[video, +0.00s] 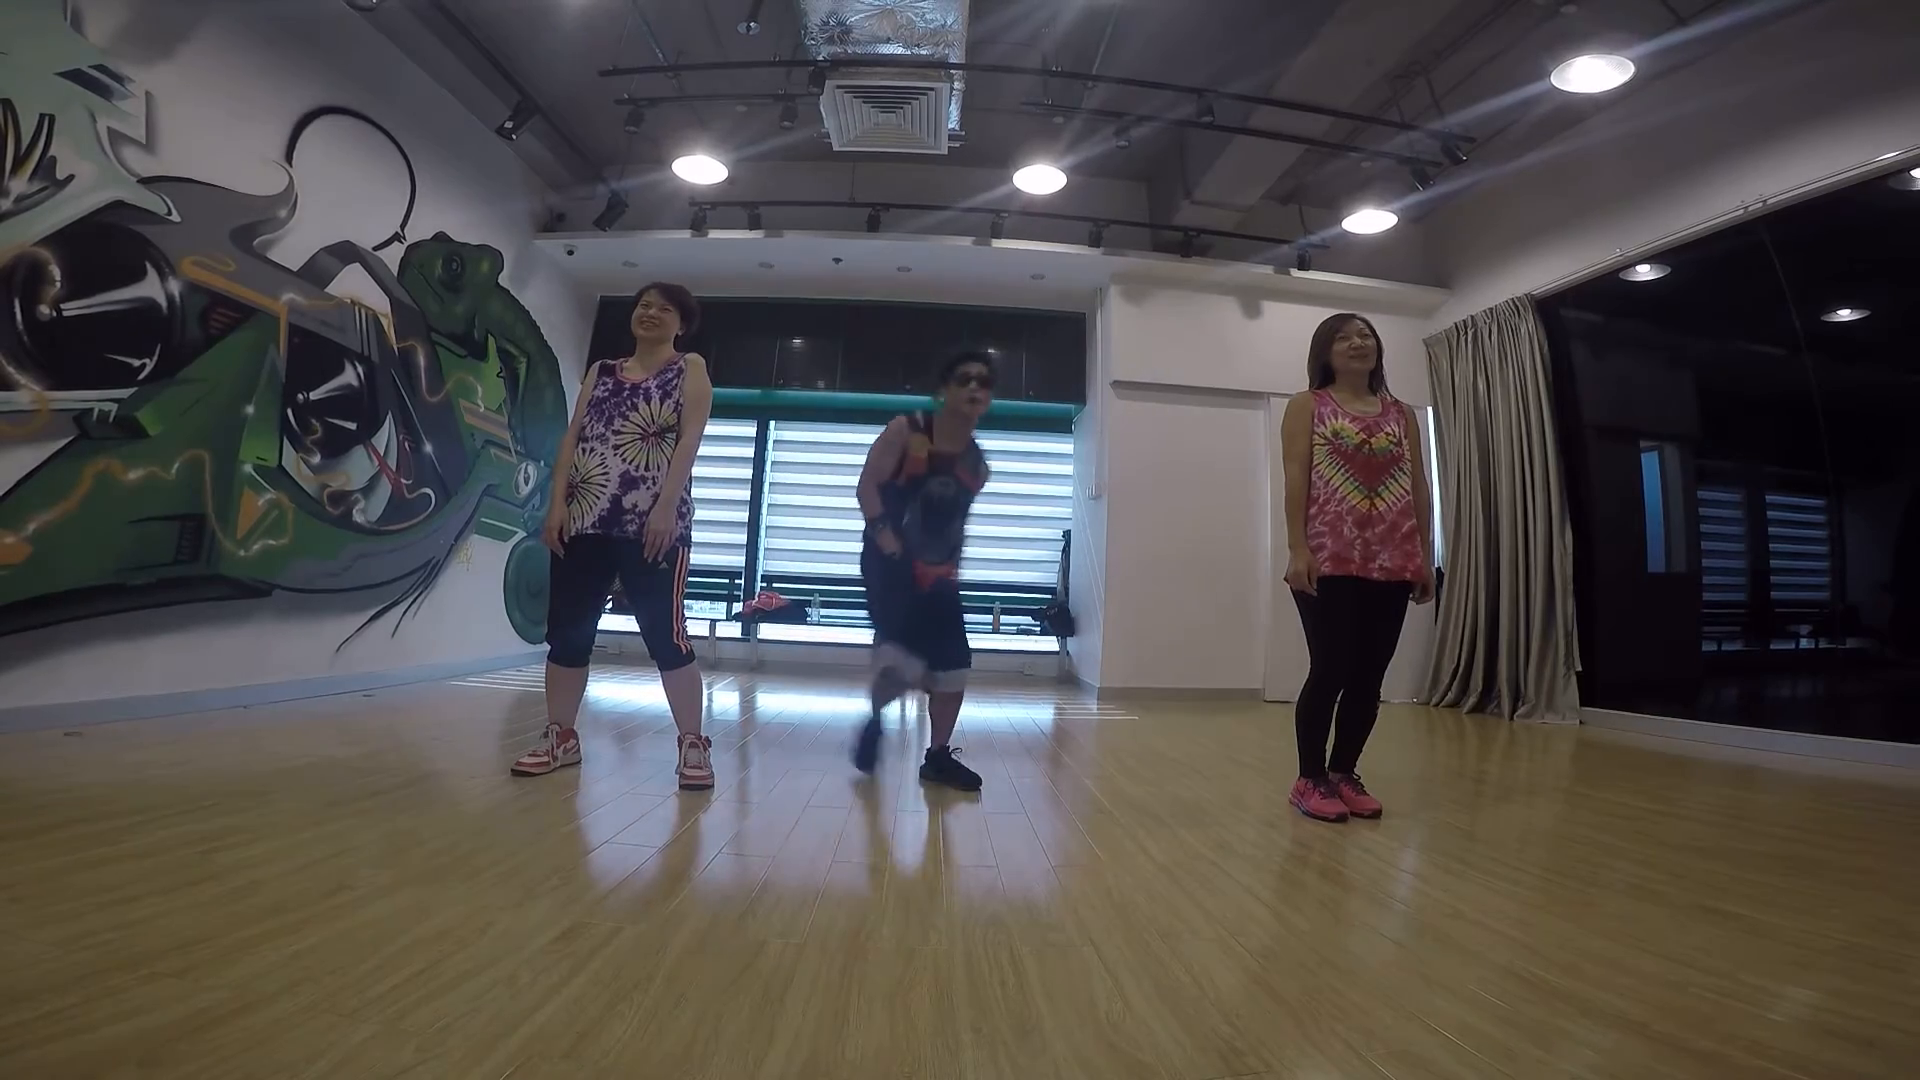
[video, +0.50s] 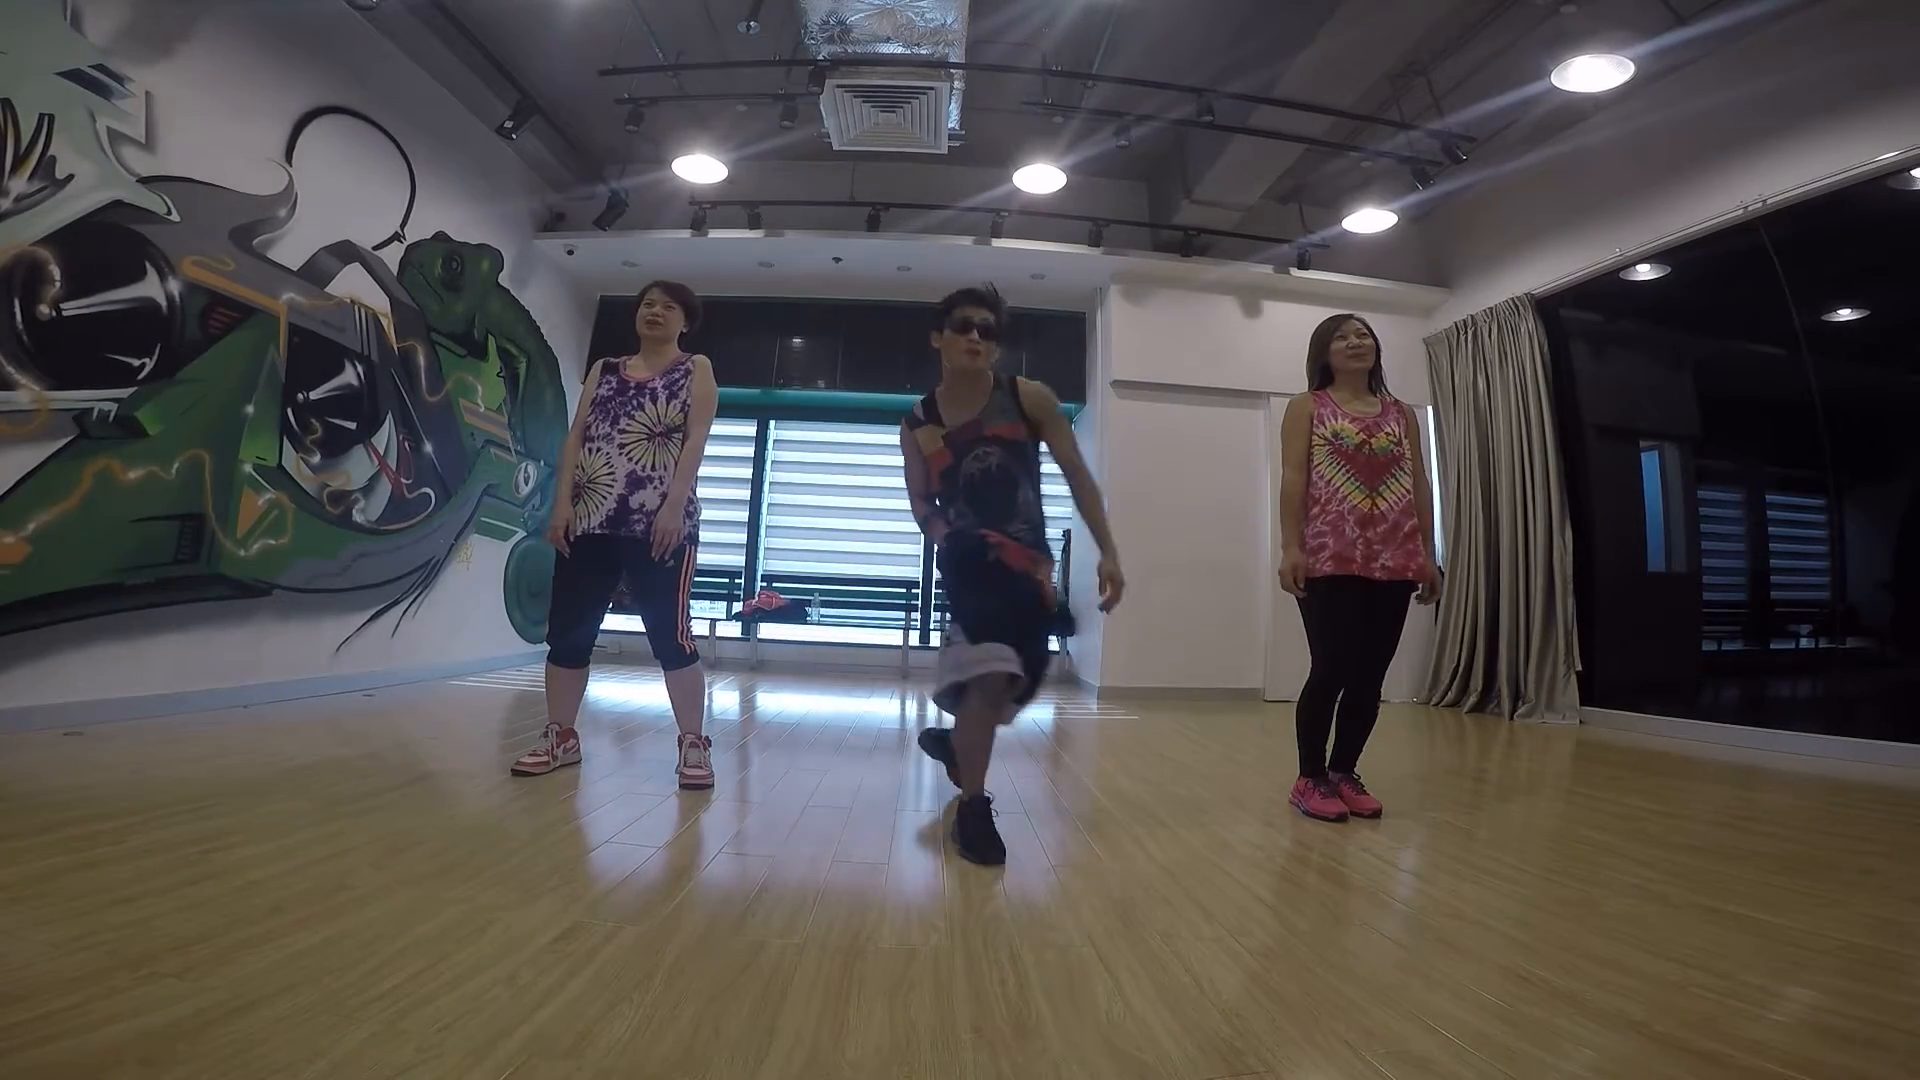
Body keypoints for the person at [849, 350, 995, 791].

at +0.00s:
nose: (975, 388)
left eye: (983, 382)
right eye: (965, 380)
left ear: (991, 395)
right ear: (945, 389)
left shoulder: (977, 463)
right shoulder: (905, 431)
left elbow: (954, 519)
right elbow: (867, 485)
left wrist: (950, 562)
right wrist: (881, 532)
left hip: (939, 566)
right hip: (890, 556)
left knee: (953, 662)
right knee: (902, 657)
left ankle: (938, 755)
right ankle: (874, 724)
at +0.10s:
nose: (980, 368)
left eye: (990, 360)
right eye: (969, 358)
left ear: (998, 373)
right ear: (949, 365)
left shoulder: (994, 441)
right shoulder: (910, 412)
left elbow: (986, 510)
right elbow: (873, 470)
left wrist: (985, 576)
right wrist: (888, 508)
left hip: (952, 551)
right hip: (902, 542)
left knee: (959, 659)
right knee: (915, 648)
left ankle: (939, 752)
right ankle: (911, 764)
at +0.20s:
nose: (982, 353)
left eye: (991, 345)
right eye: (970, 343)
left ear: (1001, 359)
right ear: (948, 353)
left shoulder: (1007, 425)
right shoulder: (911, 411)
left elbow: (1016, 498)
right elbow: (884, 473)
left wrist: (1022, 563)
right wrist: (900, 513)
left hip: (971, 552)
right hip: (916, 545)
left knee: (966, 666)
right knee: (928, 650)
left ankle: (937, 755)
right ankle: (944, 771)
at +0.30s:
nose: (979, 351)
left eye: (989, 344)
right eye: (967, 342)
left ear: (999, 357)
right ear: (944, 352)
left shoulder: (1016, 422)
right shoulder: (912, 419)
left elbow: (1041, 497)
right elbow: (898, 491)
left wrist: (1060, 565)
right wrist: (920, 534)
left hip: (992, 560)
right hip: (937, 555)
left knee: (981, 684)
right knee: (947, 662)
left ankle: (939, 751)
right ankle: (964, 794)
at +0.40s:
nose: (975, 341)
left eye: (986, 335)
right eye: (963, 333)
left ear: (997, 349)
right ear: (939, 345)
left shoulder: (1023, 409)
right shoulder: (916, 422)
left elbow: (1059, 485)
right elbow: (912, 496)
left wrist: (1089, 556)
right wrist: (932, 528)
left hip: (1010, 556)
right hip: (953, 553)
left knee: (998, 682)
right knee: (969, 668)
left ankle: (947, 739)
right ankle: (968, 804)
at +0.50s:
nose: (976, 339)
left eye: (987, 331)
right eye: (964, 329)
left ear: (999, 345)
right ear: (939, 341)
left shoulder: (1030, 398)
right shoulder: (919, 426)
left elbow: (1078, 477)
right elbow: (922, 505)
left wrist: (1109, 553)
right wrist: (944, 531)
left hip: (1030, 557)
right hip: (968, 557)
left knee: (1018, 690)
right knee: (993, 674)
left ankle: (958, 743)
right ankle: (974, 809)